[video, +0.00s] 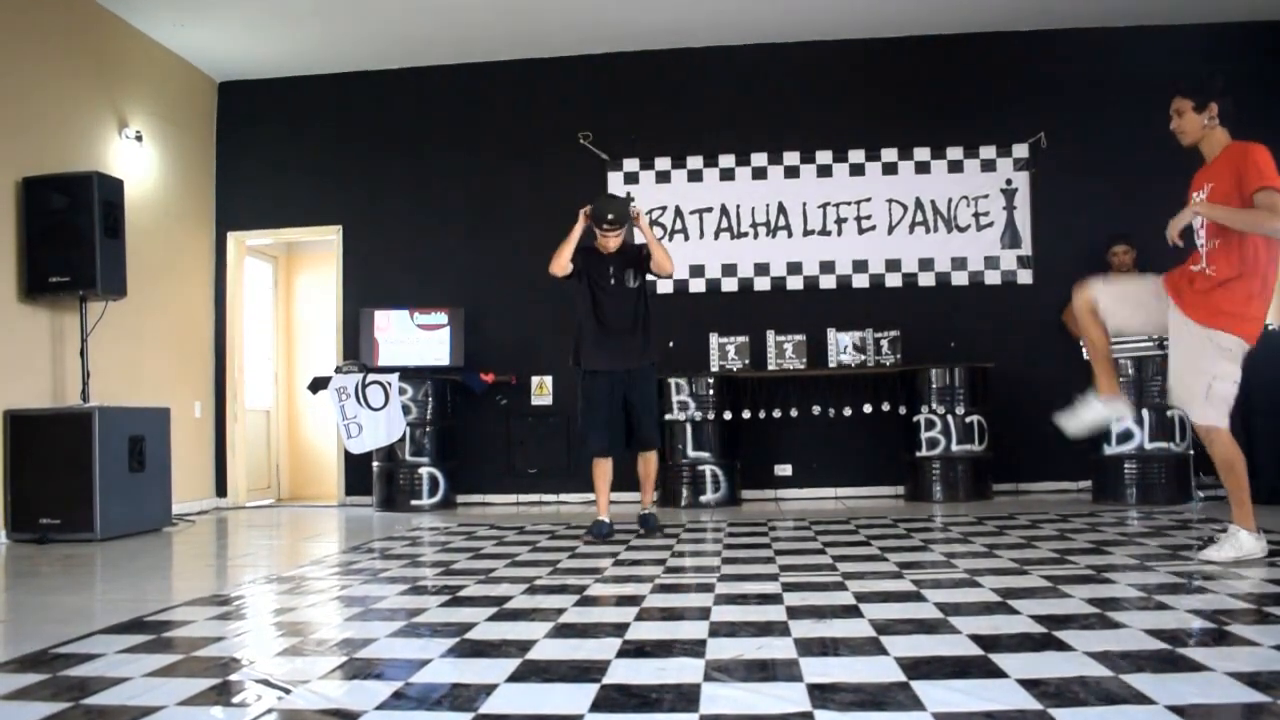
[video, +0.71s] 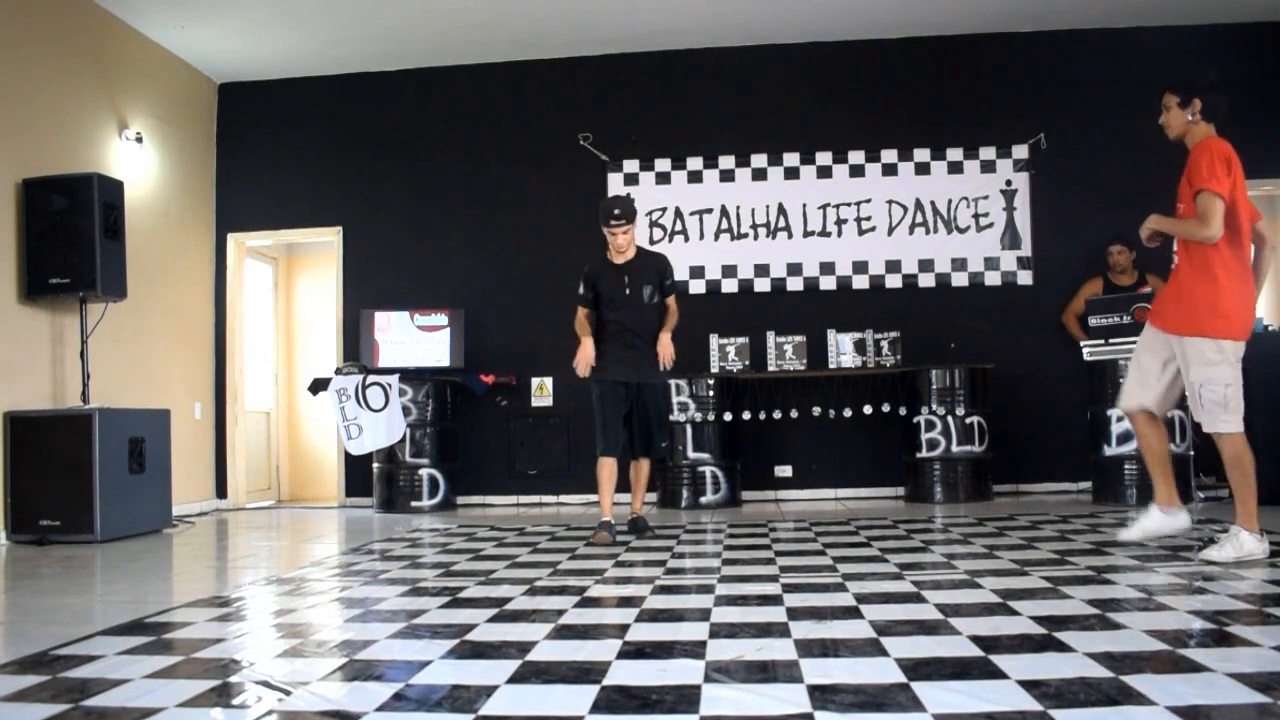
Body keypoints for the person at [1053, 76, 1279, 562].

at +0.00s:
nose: (1174, 124)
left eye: (1181, 114)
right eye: (1172, 115)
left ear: (1210, 114)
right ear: (1197, 118)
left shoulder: (1250, 155)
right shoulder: (1203, 176)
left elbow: (1272, 219)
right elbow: (1217, 249)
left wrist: (1200, 209)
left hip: (1222, 312)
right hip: (1181, 291)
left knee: (1208, 421)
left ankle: (1245, 532)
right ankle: (1110, 398)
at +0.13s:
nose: (1169, 135)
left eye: (1176, 126)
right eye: (1169, 127)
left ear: (1207, 126)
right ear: (1194, 130)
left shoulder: (1237, 167)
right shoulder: (1206, 181)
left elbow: (1249, 230)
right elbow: (1209, 242)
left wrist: (1193, 209)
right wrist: (1175, 232)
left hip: (1216, 317)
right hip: (1189, 282)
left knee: (1197, 424)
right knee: (1132, 208)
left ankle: (1245, 532)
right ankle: (1059, 283)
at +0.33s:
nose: (1169, 139)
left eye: (1176, 130)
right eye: (1168, 131)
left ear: (1206, 131)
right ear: (1196, 134)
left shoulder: (1230, 173)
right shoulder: (1208, 182)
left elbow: (1209, 241)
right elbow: (1200, 254)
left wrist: (1167, 205)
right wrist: (1166, 231)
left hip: (1213, 318)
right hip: (1189, 294)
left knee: (1190, 429)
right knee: (1152, 204)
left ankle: (1244, 532)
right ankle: (1078, 262)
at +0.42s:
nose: (1171, 133)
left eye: (1179, 124)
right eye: (1170, 125)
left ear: (1207, 125)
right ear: (1192, 129)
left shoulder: (1229, 169)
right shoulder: (1208, 176)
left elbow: (1208, 239)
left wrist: (1167, 213)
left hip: (1220, 312)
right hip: (1194, 287)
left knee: (1197, 424)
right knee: (1117, 241)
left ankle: (1245, 532)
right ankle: (1095, 343)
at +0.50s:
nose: (1169, 125)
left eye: (1176, 116)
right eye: (1169, 116)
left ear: (1205, 118)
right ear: (1200, 120)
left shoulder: (1224, 161)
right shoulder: (1218, 163)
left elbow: (1213, 235)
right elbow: (1217, 245)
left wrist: (1163, 216)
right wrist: (1138, 265)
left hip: (1221, 312)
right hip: (1193, 293)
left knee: (1206, 422)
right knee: (1096, 294)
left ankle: (1246, 533)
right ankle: (1121, 400)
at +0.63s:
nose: (1165, 119)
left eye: (1171, 110)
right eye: (1165, 111)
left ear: (1198, 109)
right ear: (1196, 111)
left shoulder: (1215, 152)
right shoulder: (1225, 159)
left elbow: (1218, 226)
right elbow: (1267, 233)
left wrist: (1163, 220)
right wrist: (1249, 296)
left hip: (1221, 313)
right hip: (1188, 302)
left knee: (1218, 422)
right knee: (1111, 367)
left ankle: (1248, 532)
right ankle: (1149, 471)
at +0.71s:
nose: (1162, 118)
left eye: (1167, 109)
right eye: (1162, 110)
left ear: (1194, 109)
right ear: (1192, 110)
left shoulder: (1209, 151)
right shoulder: (1214, 160)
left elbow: (1210, 227)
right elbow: (1266, 239)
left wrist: (1159, 223)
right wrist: (1247, 301)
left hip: (1211, 312)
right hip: (1176, 311)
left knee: (1224, 421)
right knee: (1138, 403)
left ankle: (1249, 532)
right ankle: (1168, 508)